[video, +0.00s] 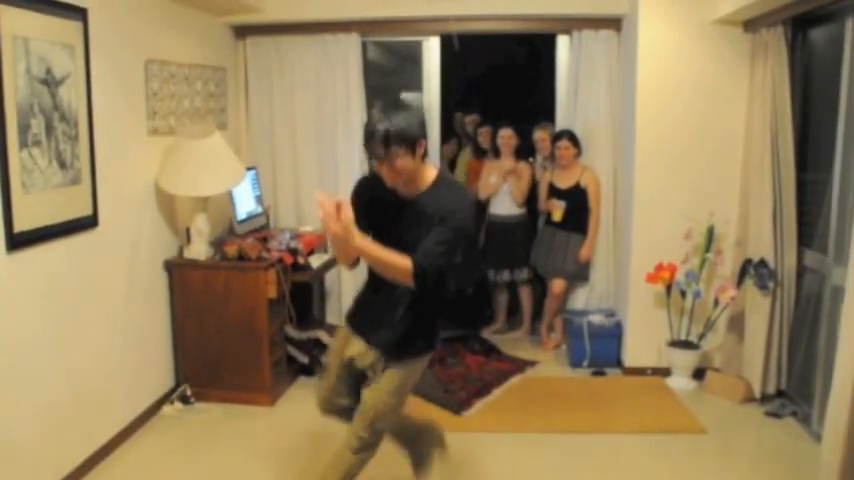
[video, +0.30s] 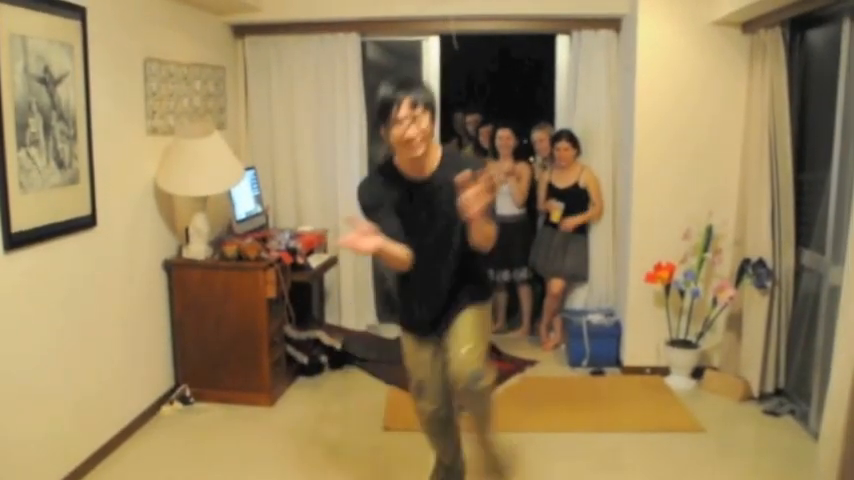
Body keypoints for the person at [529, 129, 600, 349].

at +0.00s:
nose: (562, 153)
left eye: (567, 148)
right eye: (558, 148)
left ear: (576, 150)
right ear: (554, 152)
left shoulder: (587, 176)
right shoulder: (548, 176)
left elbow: (594, 211)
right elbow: (540, 205)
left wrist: (589, 243)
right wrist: (549, 205)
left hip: (574, 235)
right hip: (552, 232)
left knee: (558, 286)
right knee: (554, 288)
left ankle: (545, 326)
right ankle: (559, 331)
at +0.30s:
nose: (561, 154)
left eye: (566, 149)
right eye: (558, 149)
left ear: (576, 151)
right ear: (552, 152)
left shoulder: (586, 175)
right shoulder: (547, 176)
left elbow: (597, 208)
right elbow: (540, 204)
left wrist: (576, 220)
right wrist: (548, 206)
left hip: (573, 233)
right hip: (550, 231)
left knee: (557, 287)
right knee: (552, 287)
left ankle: (544, 326)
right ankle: (557, 330)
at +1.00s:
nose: (567, 185)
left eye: (570, 180)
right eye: (563, 181)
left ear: (576, 175)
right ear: (553, 176)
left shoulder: (583, 187)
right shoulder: (541, 182)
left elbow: (587, 219)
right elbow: (529, 211)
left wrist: (575, 242)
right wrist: (544, 228)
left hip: (568, 234)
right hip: (542, 231)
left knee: (550, 283)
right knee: (543, 284)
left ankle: (549, 333)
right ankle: (551, 329)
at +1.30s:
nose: (565, 213)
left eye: (569, 210)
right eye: (562, 209)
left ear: (576, 204)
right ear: (555, 198)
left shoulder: (580, 208)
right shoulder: (542, 194)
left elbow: (582, 238)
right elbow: (526, 220)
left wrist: (583, 273)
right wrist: (540, 244)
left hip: (565, 240)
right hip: (538, 237)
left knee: (548, 284)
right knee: (540, 286)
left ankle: (551, 333)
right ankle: (550, 328)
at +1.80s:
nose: (568, 211)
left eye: (570, 207)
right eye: (564, 207)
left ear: (574, 202)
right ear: (553, 201)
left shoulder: (578, 208)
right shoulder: (538, 199)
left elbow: (581, 238)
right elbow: (528, 227)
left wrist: (582, 269)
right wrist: (539, 246)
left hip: (564, 240)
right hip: (540, 239)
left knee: (548, 282)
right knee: (540, 283)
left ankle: (550, 330)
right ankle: (550, 327)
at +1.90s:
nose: (563, 194)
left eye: (567, 188)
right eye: (559, 188)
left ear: (573, 186)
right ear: (550, 187)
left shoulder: (579, 197)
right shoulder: (539, 194)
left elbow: (582, 222)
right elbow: (532, 223)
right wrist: (538, 236)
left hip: (563, 235)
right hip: (541, 233)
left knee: (548, 279)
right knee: (539, 281)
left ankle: (550, 329)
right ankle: (550, 325)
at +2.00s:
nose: (559, 180)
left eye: (563, 175)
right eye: (554, 175)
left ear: (571, 175)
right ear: (547, 176)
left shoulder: (578, 190)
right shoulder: (538, 189)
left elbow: (580, 223)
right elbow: (536, 221)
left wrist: (561, 227)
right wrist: (549, 224)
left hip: (564, 235)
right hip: (539, 235)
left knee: (548, 279)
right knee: (539, 281)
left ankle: (550, 329)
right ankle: (550, 325)